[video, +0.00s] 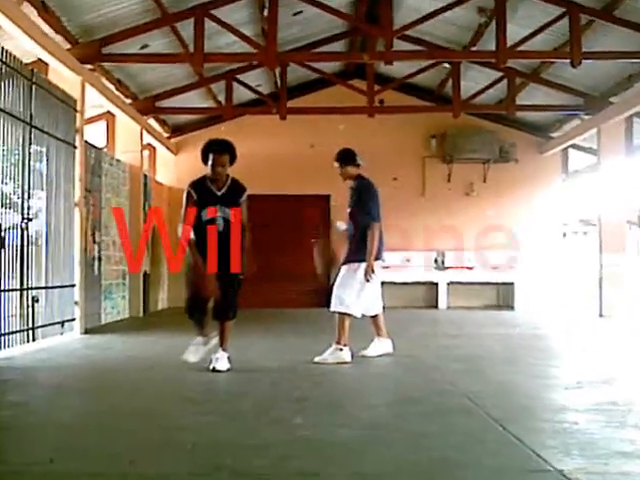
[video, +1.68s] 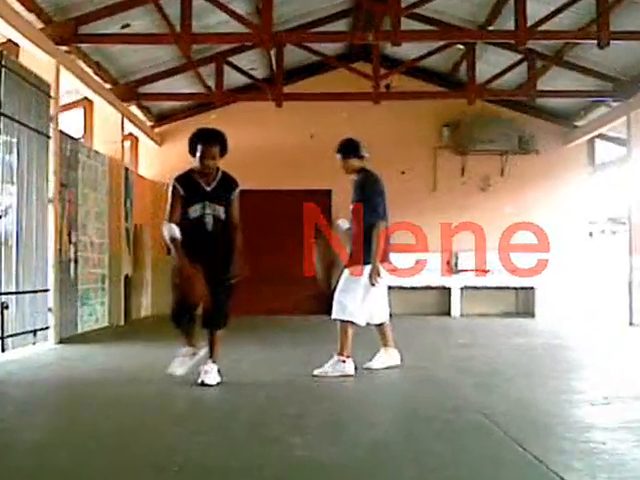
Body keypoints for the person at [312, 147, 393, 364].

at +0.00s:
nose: (339, 173)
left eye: (340, 169)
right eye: (338, 169)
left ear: (347, 167)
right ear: (352, 166)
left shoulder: (365, 188)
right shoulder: (356, 188)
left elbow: (375, 225)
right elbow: (361, 223)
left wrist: (370, 260)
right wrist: (346, 228)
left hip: (361, 257)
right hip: (359, 256)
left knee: (342, 297)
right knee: (371, 299)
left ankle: (341, 346)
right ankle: (382, 339)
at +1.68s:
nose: (342, 166)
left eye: (343, 161)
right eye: (341, 161)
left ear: (353, 159)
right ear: (355, 159)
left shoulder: (370, 181)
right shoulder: (361, 182)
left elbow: (380, 223)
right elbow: (365, 222)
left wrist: (376, 261)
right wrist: (349, 227)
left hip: (365, 260)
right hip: (363, 258)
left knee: (344, 304)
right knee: (377, 306)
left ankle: (343, 358)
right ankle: (389, 350)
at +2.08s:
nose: (385, 174)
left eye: (388, 169)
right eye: (382, 170)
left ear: (395, 170)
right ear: (378, 173)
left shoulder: (411, 188)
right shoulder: (378, 196)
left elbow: (437, 193)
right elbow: (363, 215)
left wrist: (456, 186)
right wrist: (330, 212)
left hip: (404, 255)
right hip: (384, 255)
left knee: (400, 300)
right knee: (376, 299)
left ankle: (424, 339)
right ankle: (380, 337)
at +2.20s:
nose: (393, 165)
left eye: (396, 160)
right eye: (389, 161)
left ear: (403, 161)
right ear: (385, 163)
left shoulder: (419, 179)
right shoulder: (385, 187)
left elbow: (444, 183)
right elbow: (368, 205)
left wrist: (460, 172)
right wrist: (339, 208)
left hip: (414, 248)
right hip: (393, 249)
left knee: (410, 295)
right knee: (390, 293)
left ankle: (424, 338)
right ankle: (394, 334)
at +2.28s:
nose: (400, 157)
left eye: (403, 153)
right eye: (396, 153)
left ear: (410, 152)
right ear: (391, 155)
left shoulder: (425, 171)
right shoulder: (390, 179)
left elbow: (451, 181)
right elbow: (377, 205)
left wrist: (465, 180)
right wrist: (351, 220)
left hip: (422, 239)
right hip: (399, 242)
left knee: (424, 287)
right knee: (404, 289)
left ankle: (434, 334)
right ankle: (410, 334)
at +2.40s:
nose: (409, 160)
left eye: (412, 155)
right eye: (405, 156)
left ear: (419, 155)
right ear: (400, 157)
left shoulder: (433, 175)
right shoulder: (396, 181)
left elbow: (460, 190)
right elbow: (388, 208)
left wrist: (476, 196)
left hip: (430, 240)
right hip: (405, 244)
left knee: (436, 288)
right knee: (413, 294)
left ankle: (449, 337)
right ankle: (423, 338)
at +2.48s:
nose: (419, 173)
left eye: (423, 167)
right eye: (415, 168)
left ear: (429, 168)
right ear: (410, 169)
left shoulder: (440, 190)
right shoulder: (403, 194)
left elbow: (465, 209)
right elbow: (399, 228)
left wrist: (482, 225)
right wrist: (402, 256)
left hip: (439, 254)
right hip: (413, 258)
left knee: (453, 296)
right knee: (419, 303)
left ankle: (469, 341)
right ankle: (428, 342)